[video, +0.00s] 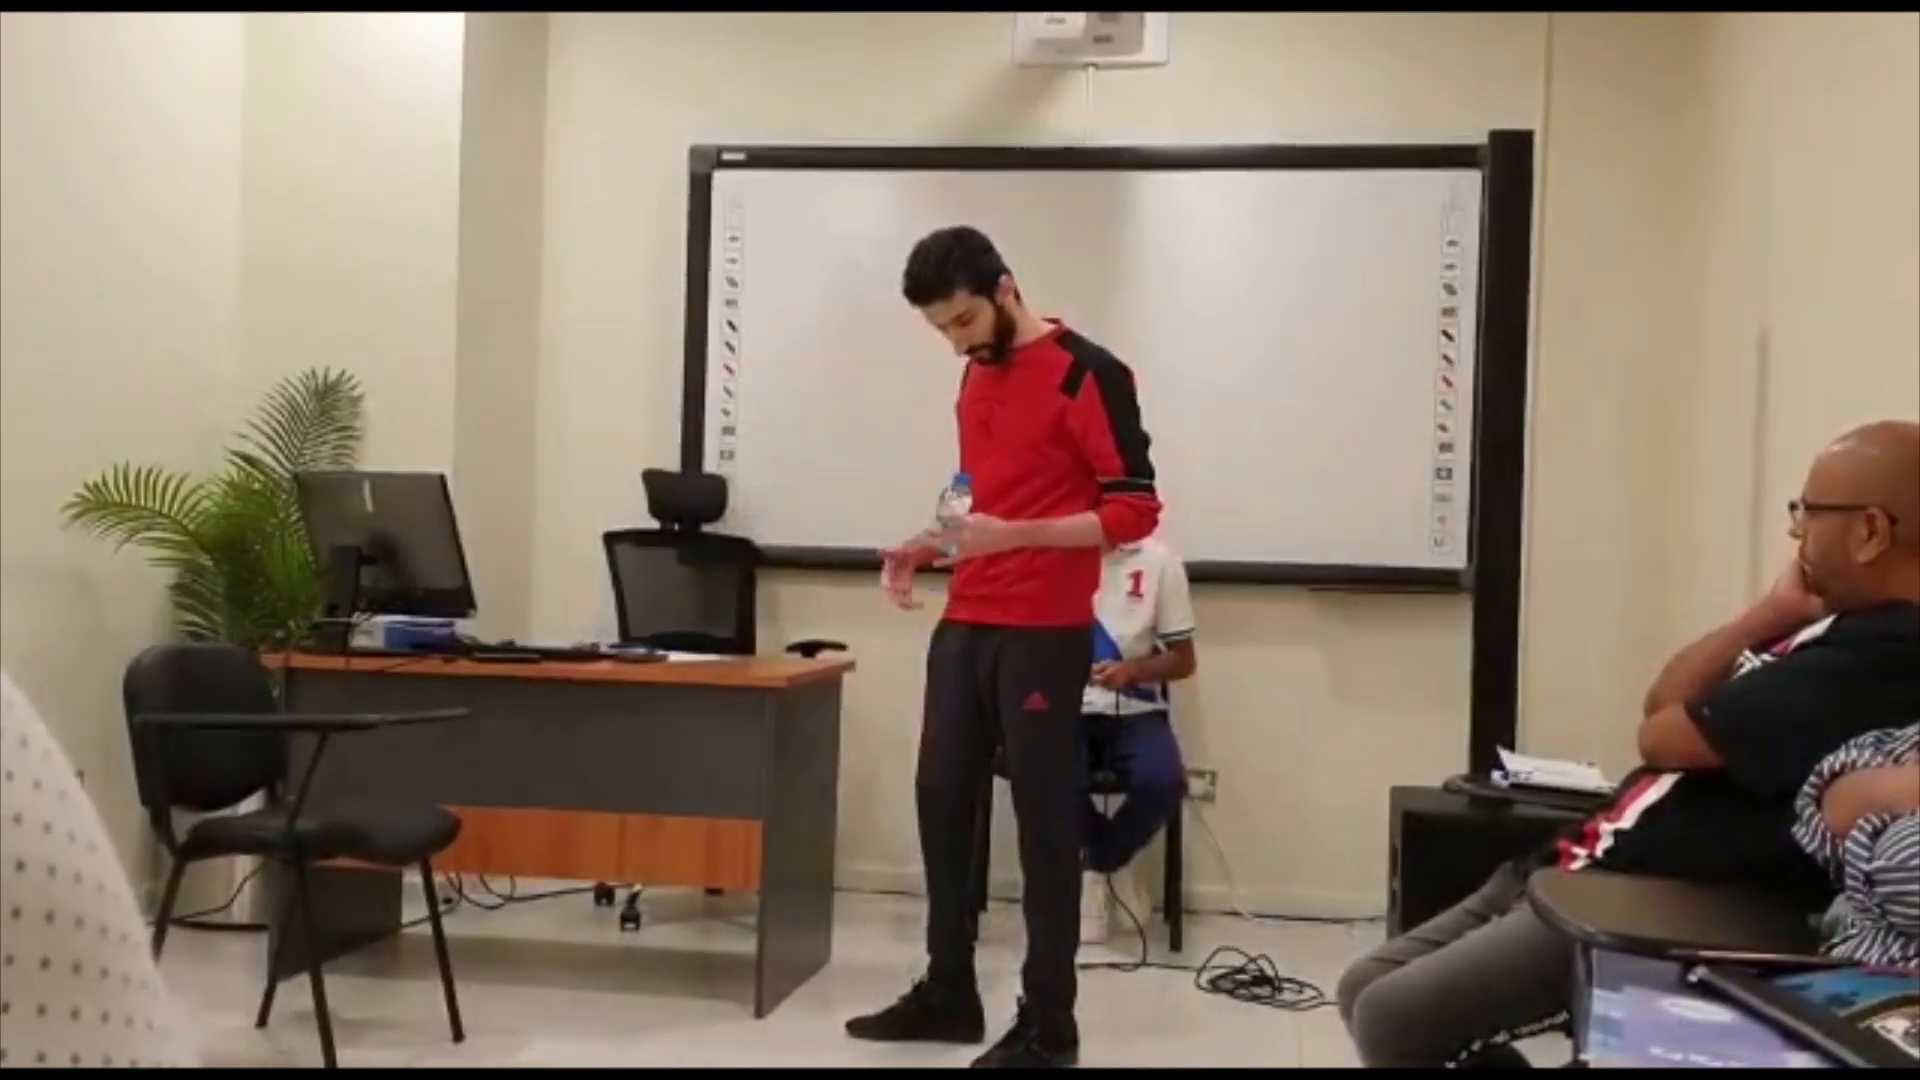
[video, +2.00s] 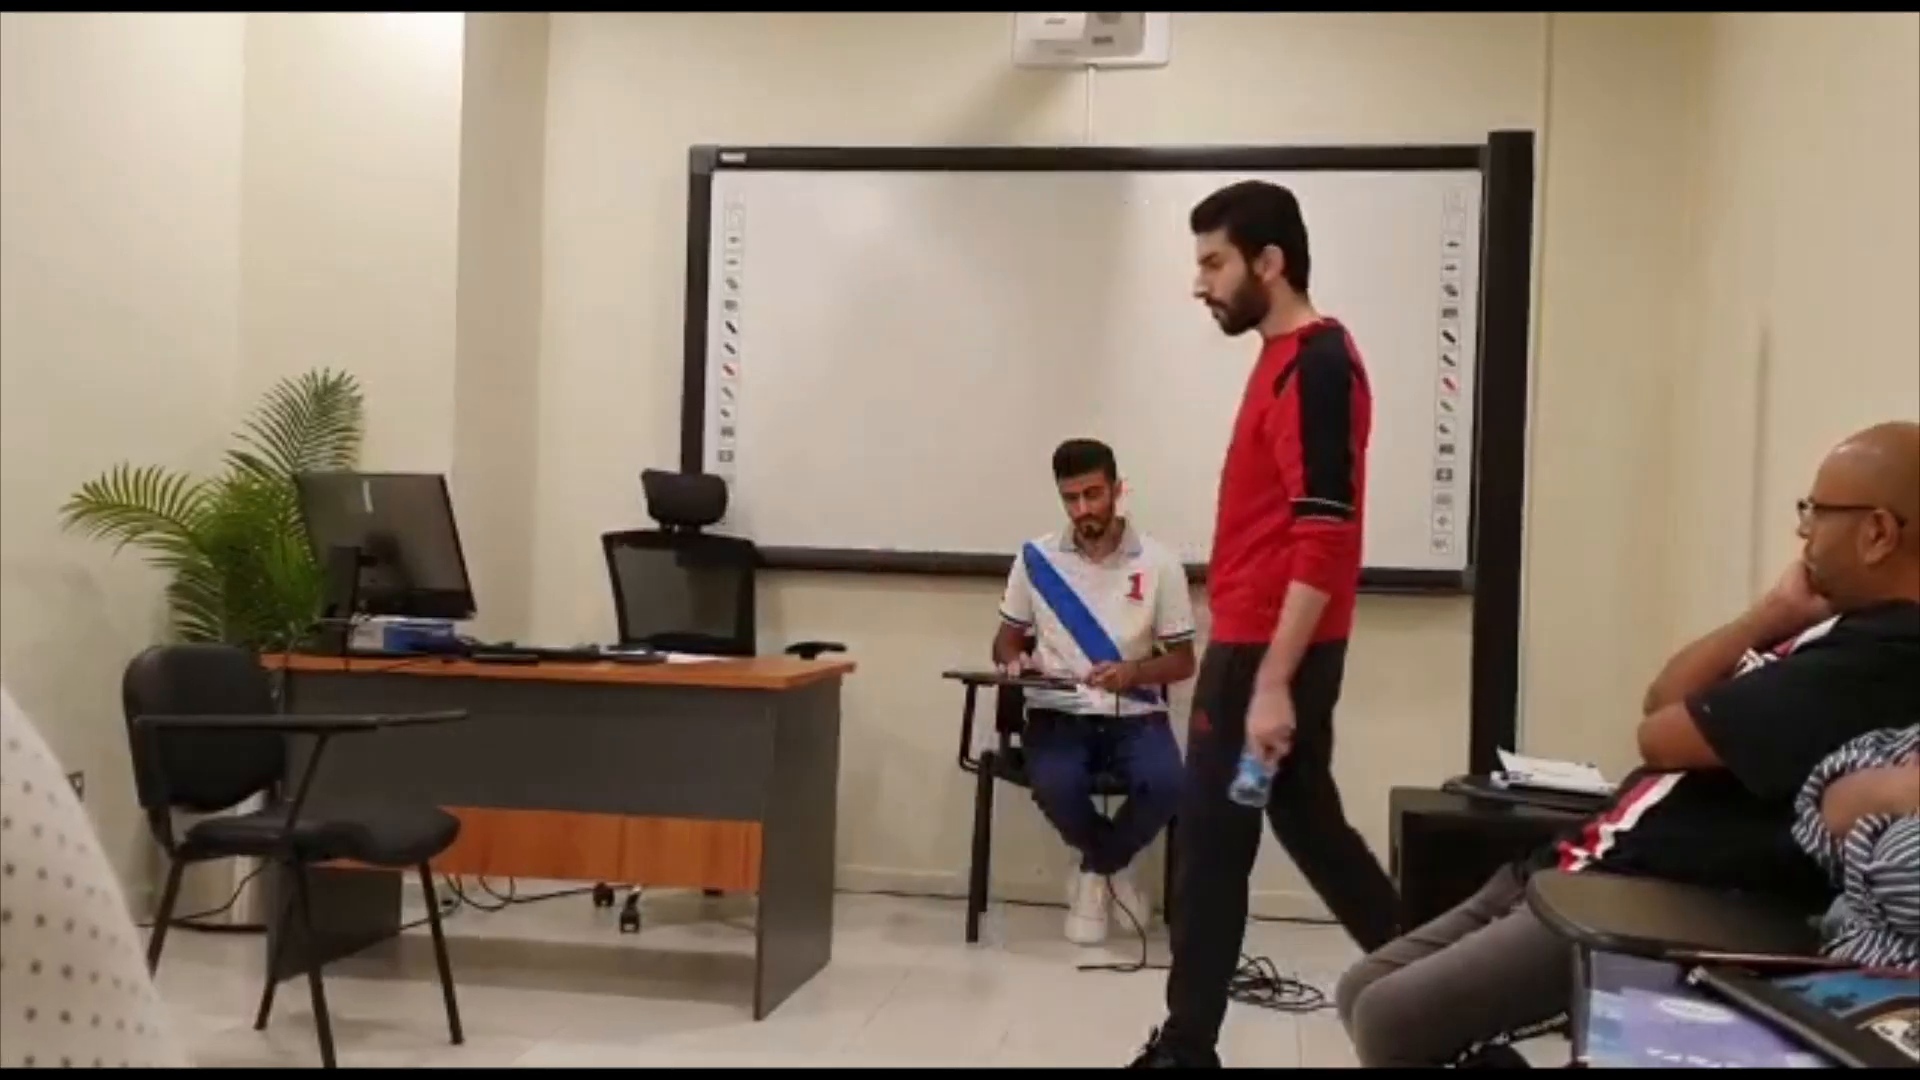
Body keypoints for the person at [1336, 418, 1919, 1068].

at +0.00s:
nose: (1795, 535)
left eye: (1806, 516)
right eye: (1798, 514)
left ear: (1874, 532)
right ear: (1874, 532)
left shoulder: (1883, 650)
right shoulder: (1847, 626)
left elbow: (1666, 739)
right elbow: (1665, 700)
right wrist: (1783, 606)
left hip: (1632, 907)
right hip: (1581, 864)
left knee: (1388, 1019)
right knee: (1364, 985)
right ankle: (1486, 1061)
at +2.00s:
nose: (1801, 534)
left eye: (1814, 514)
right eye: (1806, 513)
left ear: (1880, 533)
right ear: (1881, 533)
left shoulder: (1884, 650)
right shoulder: (1854, 627)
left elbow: (1663, 741)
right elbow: (1662, 701)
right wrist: (1778, 612)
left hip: (1641, 906)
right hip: (1589, 862)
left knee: (1387, 1021)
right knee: (1363, 988)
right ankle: (1486, 1060)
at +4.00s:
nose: (1800, 538)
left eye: (1813, 517)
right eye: (1804, 516)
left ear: (1880, 534)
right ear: (1880, 534)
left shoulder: (1882, 654)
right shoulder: (1854, 629)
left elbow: (1664, 745)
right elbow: (1665, 703)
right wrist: (1779, 614)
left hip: (1638, 907)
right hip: (1589, 866)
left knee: (1389, 1024)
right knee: (1364, 990)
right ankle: (1488, 1062)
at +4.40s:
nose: (1800, 537)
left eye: (1813, 517)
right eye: (1804, 516)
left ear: (1880, 534)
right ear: (1880, 535)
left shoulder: (1882, 654)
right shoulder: (1856, 630)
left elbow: (1667, 745)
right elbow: (1665, 705)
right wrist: (1781, 614)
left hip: (1635, 909)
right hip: (1585, 866)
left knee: (1387, 1023)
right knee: (1366, 989)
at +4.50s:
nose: (1800, 536)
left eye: (1813, 516)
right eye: (1805, 515)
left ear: (1880, 535)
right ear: (1880, 535)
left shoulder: (1880, 655)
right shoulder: (1857, 630)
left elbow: (1667, 744)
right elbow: (1666, 706)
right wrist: (1781, 614)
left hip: (1631, 910)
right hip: (1582, 867)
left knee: (1388, 1023)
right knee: (1367, 991)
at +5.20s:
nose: (1799, 535)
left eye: (1811, 516)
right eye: (1803, 515)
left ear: (1878, 534)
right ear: (1879, 534)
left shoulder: (1879, 654)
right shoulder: (1853, 628)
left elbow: (1664, 743)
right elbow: (1663, 702)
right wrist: (1780, 612)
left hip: (1626, 909)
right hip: (1578, 866)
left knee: (1385, 1023)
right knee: (1362, 990)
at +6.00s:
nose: (1803, 538)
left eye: (1813, 517)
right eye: (1805, 517)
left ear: (1880, 532)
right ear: (1880, 532)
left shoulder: (1882, 655)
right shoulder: (1855, 631)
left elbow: (1667, 743)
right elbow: (1664, 704)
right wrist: (1781, 611)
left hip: (1633, 904)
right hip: (1585, 863)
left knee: (1386, 1021)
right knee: (1363, 988)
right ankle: (1480, 1062)